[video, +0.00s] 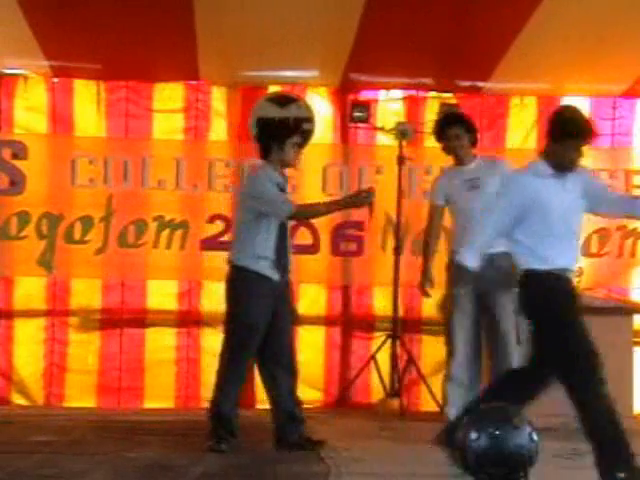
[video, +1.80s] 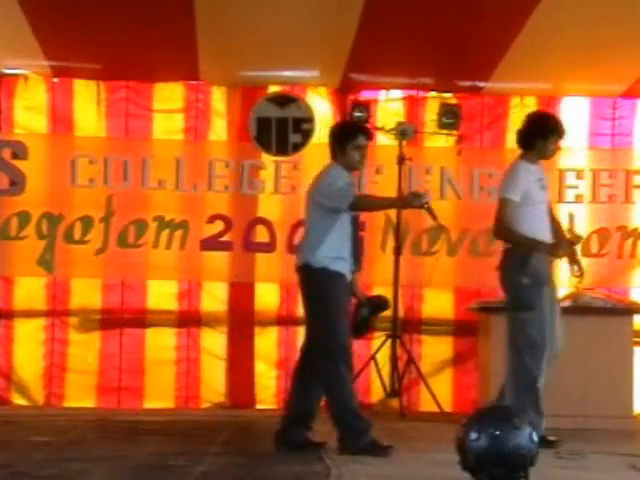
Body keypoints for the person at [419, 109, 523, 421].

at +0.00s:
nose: (455, 144)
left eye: (459, 136)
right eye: (448, 140)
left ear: (472, 137)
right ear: (443, 145)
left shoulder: (497, 170)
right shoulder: (446, 181)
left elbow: (518, 209)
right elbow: (433, 227)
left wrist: (521, 254)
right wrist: (427, 269)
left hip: (499, 257)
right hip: (463, 260)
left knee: (506, 336)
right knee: (462, 340)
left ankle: (510, 406)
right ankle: (458, 413)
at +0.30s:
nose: (466, 140)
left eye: (470, 133)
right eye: (460, 135)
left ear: (483, 136)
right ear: (453, 141)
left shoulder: (502, 170)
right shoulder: (449, 175)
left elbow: (519, 219)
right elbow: (432, 219)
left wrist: (532, 262)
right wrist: (431, 231)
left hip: (494, 259)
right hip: (461, 257)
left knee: (495, 338)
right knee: (459, 339)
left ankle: (493, 414)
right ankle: (457, 417)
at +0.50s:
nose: (481, 139)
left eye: (486, 133)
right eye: (474, 133)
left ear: (494, 136)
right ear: (463, 138)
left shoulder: (506, 172)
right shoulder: (454, 171)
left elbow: (519, 222)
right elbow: (434, 202)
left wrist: (530, 268)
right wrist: (452, 195)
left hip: (495, 257)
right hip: (462, 256)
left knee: (495, 335)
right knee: (460, 335)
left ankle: (493, 413)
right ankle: (457, 416)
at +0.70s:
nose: (486, 141)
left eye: (491, 135)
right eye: (480, 135)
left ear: (498, 138)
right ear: (468, 139)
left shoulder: (509, 173)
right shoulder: (459, 169)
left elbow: (520, 224)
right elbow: (457, 180)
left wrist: (530, 271)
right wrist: (479, 172)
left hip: (496, 255)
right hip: (464, 253)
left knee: (493, 335)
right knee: (460, 335)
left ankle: (491, 413)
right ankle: (456, 415)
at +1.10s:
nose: (516, 150)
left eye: (520, 144)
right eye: (511, 143)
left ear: (523, 145)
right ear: (495, 142)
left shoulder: (521, 179)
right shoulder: (476, 172)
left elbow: (526, 222)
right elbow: (468, 212)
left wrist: (542, 240)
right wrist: (511, 207)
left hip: (507, 255)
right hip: (476, 253)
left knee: (506, 331)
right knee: (481, 331)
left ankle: (497, 408)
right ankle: (474, 411)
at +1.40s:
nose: (538, 151)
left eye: (539, 145)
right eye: (534, 144)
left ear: (531, 144)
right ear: (517, 142)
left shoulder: (527, 180)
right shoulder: (491, 174)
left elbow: (536, 219)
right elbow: (480, 222)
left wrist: (547, 217)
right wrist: (527, 223)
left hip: (514, 259)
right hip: (491, 258)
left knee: (509, 339)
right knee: (506, 338)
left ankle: (493, 414)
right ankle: (520, 420)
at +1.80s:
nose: (558, 148)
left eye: (559, 141)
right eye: (556, 141)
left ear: (540, 140)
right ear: (541, 140)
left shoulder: (537, 174)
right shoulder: (519, 172)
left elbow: (547, 218)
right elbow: (501, 228)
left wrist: (565, 243)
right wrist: (547, 247)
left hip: (539, 263)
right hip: (523, 264)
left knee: (548, 345)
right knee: (531, 346)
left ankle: (505, 414)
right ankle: (527, 427)